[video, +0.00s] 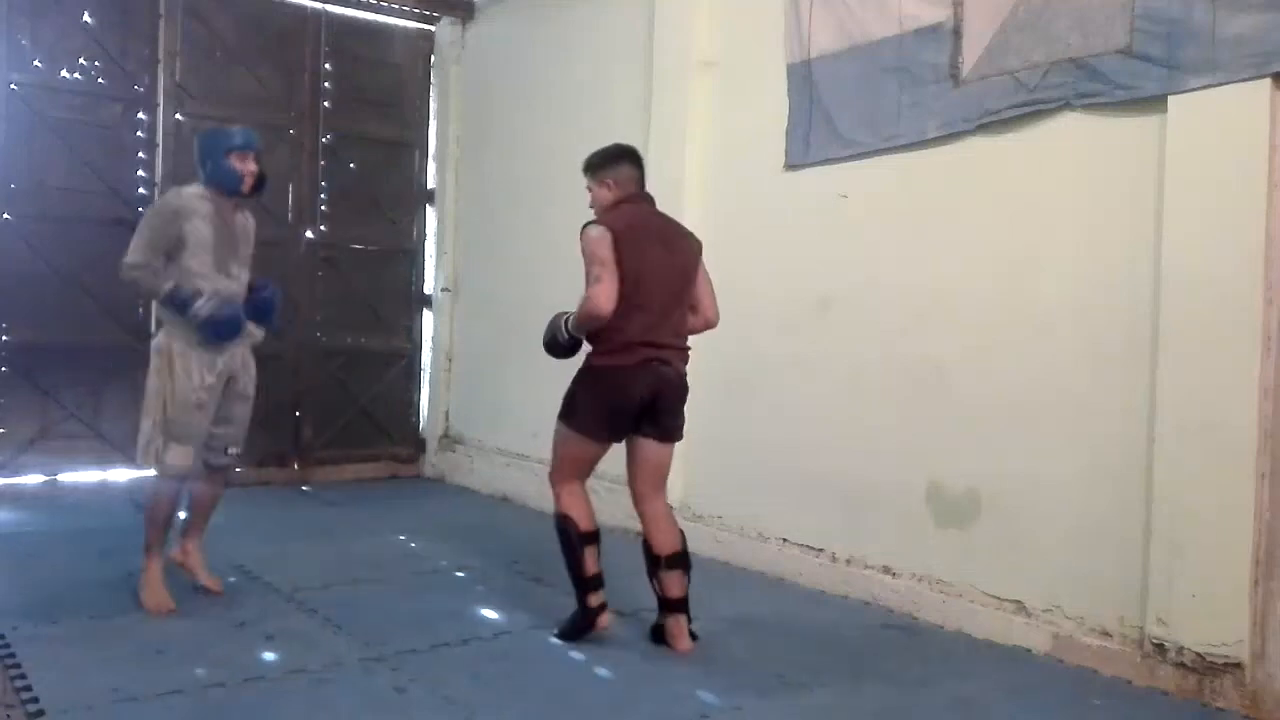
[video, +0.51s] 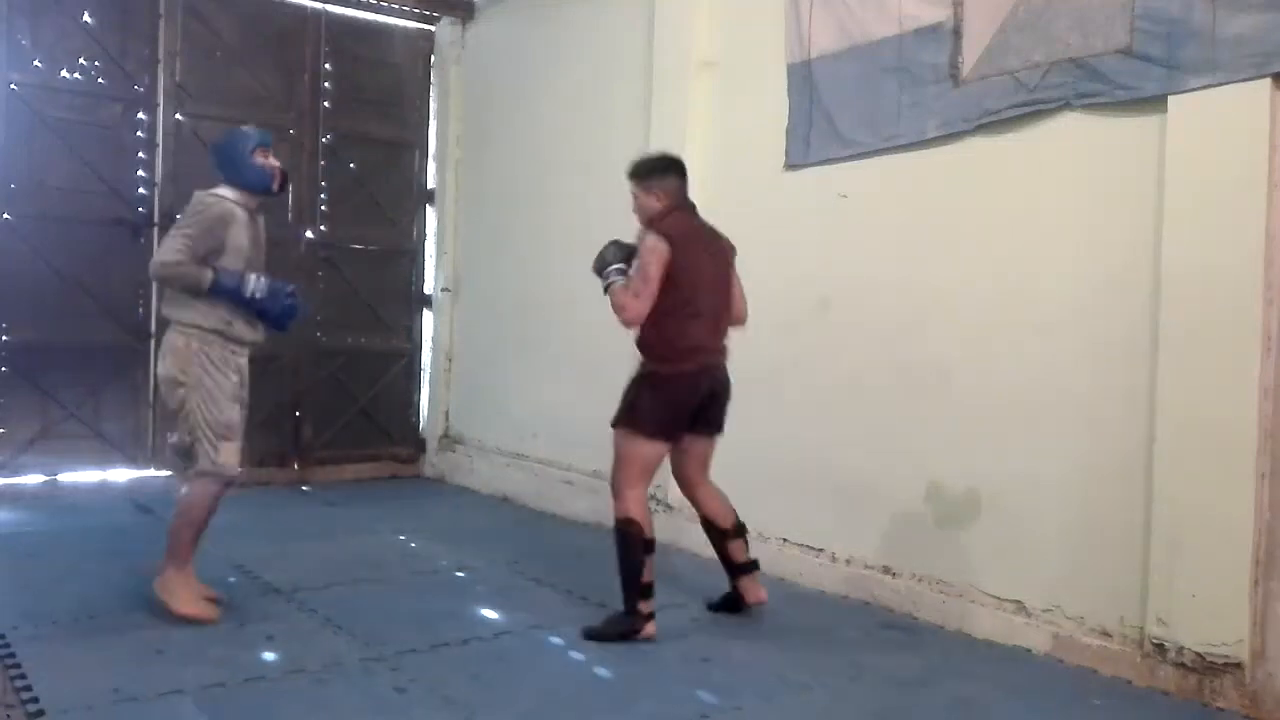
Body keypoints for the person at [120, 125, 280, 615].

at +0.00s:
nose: (251, 166)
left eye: (254, 159)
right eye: (241, 157)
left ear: (255, 169)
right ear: (215, 161)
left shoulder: (245, 221)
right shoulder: (179, 204)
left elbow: (230, 280)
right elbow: (136, 265)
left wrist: (254, 299)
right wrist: (192, 305)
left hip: (236, 350)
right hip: (186, 351)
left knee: (219, 459)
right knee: (175, 461)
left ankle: (191, 546)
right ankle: (152, 564)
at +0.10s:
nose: (251, 164)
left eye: (254, 156)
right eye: (241, 154)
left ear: (255, 167)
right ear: (214, 159)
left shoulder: (244, 216)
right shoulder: (183, 204)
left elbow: (233, 279)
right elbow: (146, 270)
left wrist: (265, 297)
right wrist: (214, 288)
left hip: (237, 352)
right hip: (189, 349)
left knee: (220, 465)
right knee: (177, 464)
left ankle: (197, 557)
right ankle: (141, 565)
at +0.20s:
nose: (252, 188)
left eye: (255, 179)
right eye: (241, 179)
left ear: (256, 190)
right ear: (217, 185)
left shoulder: (243, 241)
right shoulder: (192, 227)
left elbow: (238, 303)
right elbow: (164, 299)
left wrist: (274, 318)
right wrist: (229, 309)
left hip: (236, 376)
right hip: (190, 374)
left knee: (229, 486)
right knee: (178, 487)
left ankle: (187, 572)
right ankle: (129, 577)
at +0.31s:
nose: (259, 200)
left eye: (258, 191)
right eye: (247, 192)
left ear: (253, 203)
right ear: (222, 201)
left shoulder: (243, 256)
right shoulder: (199, 248)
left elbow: (238, 321)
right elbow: (178, 315)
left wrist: (280, 330)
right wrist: (243, 321)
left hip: (235, 393)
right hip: (192, 391)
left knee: (232, 495)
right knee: (189, 498)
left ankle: (186, 575)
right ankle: (131, 571)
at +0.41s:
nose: (268, 174)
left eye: (266, 166)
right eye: (256, 167)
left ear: (258, 179)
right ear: (234, 177)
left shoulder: (248, 231)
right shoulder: (211, 221)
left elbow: (240, 292)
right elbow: (167, 281)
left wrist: (276, 307)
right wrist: (232, 298)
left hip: (231, 363)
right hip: (195, 362)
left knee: (225, 475)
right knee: (209, 475)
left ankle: (188, 564)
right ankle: (148, 563)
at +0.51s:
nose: (276, 163)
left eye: (273, 154)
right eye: (264, 155)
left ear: (255, 163)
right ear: (240, 162)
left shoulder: (251, 218)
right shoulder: (216, 206)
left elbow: (235, 282)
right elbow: (165, 262)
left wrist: (268, 304)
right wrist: (238, 284)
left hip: (228, 349)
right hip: (199, 346)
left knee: (220, 467)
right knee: (215, 466)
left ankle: (181, 571)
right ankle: (173, 575)